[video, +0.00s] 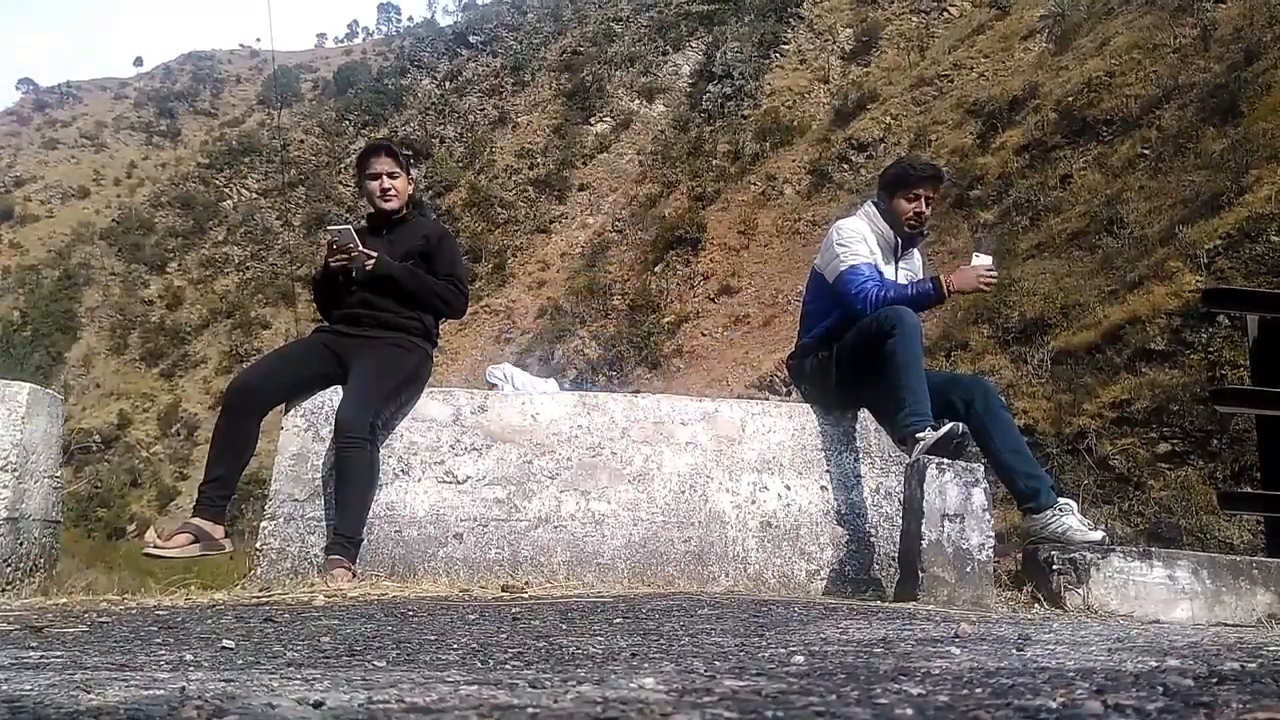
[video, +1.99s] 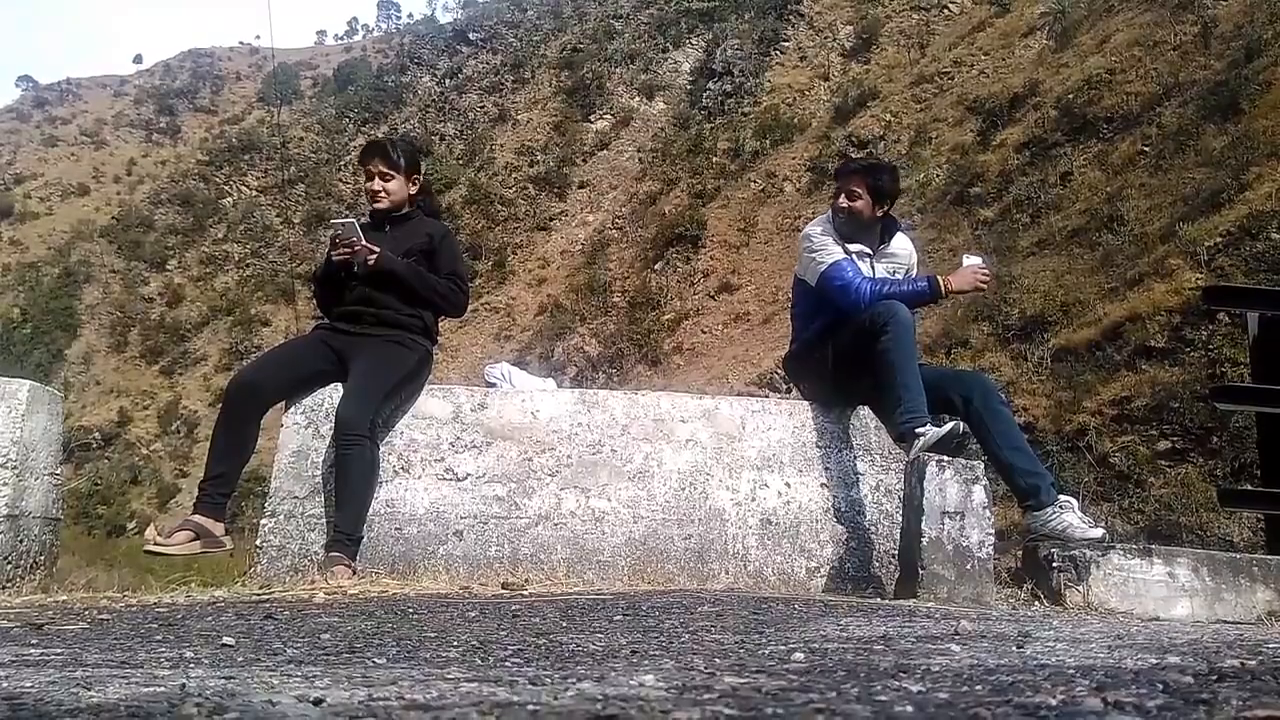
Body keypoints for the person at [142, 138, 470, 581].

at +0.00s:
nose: (385, 184)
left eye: (393, 175)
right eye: (375, 178)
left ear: (409, 180)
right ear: (364, 187)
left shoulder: (433, 233)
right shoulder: (353, 234)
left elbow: (455, 302)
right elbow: (327, 305)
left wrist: (386, 267)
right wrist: (330, 270)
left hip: (397, 346)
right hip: (337, 338)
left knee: (353, 426)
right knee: (246, 392)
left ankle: (341, 561)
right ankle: (208, 523)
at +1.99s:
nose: (376, 185)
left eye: (387, 176)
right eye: (370, 176)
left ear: (414, 181)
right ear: (364, 179)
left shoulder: (433, 233)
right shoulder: (355, 229)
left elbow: (456, 300)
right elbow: (327, 301)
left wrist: (386, 262)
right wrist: (335, 263)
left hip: (396, 343)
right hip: (336, 336)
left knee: (353, 424)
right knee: (247, 388)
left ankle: (341, 560)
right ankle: (208, 520)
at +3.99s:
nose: (376, 194)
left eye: (385, 183)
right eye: (368, 186)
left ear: (410, 178)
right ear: (362, 188)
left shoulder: (435, 231)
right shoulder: (355, 230)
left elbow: (455, 299)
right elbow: (332, 298)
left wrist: (378, 260)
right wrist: (328, 259)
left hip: (397, 342)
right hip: (336, 334)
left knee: (353, 421)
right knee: (247, 386)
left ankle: (341, 558)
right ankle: (208, 519)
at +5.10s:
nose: (375, 197)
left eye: (383, 186)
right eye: (367, 190)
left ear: (409, 179)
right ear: (361, 190)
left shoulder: (437, 231)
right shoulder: (359, 228)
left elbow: (456, 299)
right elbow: (333, 300)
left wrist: (379, 258)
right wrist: (333, 255)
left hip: (398, 343)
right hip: (337, 335)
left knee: (354, 420)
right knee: (247, 386)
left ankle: (341, 556)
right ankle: (208, 520)